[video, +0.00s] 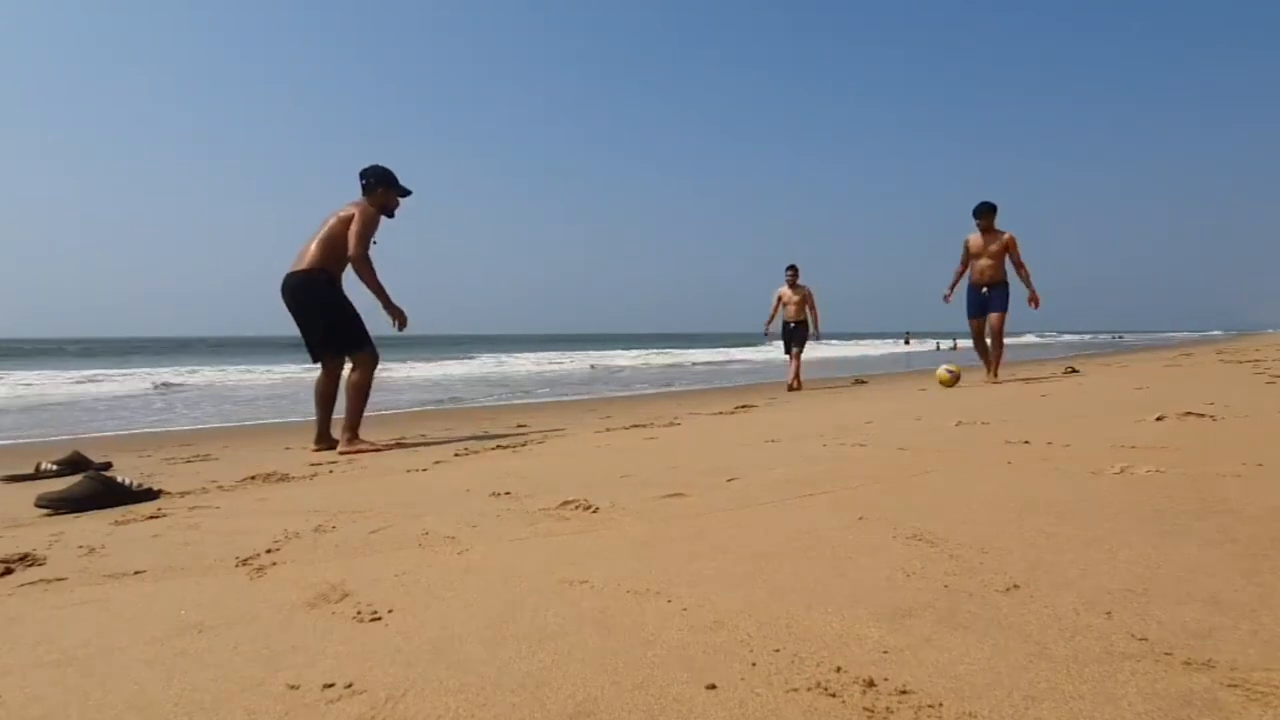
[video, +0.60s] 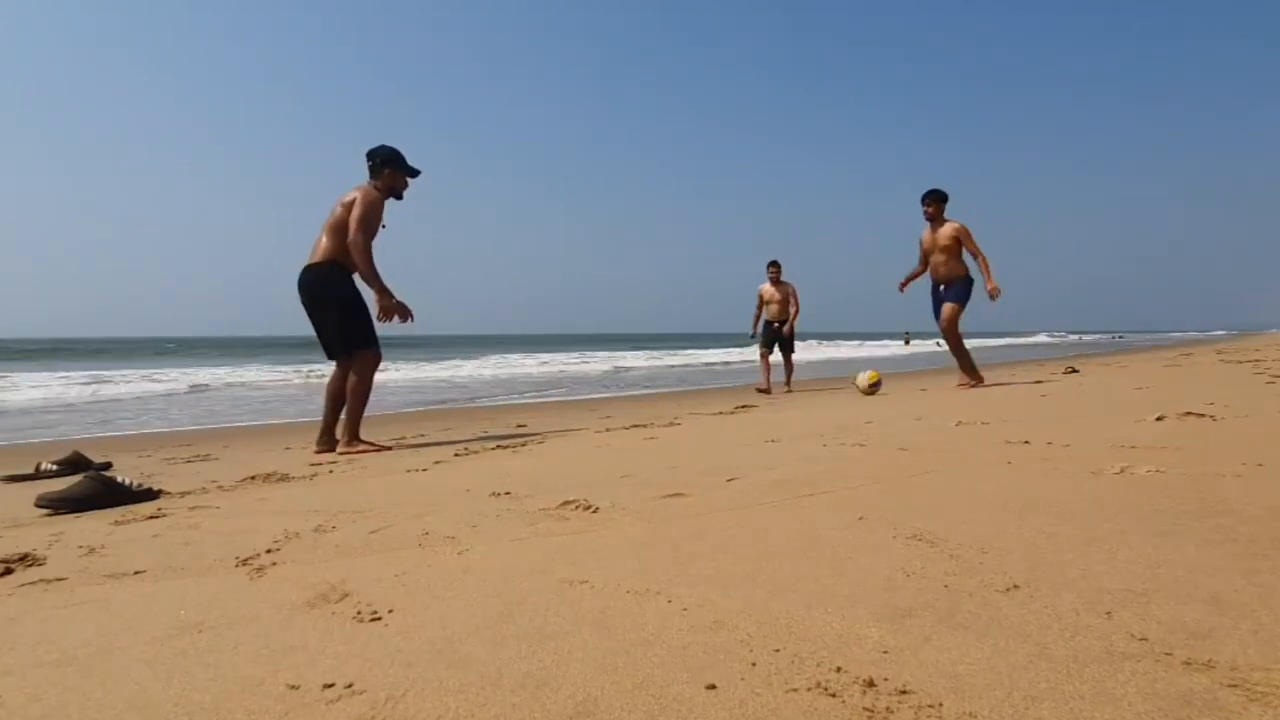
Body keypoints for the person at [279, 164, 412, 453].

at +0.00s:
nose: (397, 203)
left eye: (398, 197)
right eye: (394, 195)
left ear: (372, 192)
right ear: (378, 191)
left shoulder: (348, 212)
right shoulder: (366, 211)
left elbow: (328, 264)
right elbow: (357, 256)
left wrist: (336, 303)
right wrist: (389, 305)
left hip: (294, 283)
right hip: (317, 283)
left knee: (332, 361)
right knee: (365, 358)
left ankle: (323, 436)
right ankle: (350, 437)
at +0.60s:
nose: (407, 183)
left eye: (407, 177)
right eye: (404, 176)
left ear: (382, 174)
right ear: (386, 174)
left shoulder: (358, 198)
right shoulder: (369, 196)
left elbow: (357, 257)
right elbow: (356, 243)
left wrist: (388, 298)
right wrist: (381, 291)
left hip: (316, 278)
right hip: (331, 277)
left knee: (347, 360)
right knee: (368, 356)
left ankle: (326, 437)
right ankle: (350, 438)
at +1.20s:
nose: (412, 175)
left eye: (412, 169)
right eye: (408, 168)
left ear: (387, 167)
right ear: (392, 165)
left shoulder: (367, 193)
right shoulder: (380, 192)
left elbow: (368, 256)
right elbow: (375, 242)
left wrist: (393, 295)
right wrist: (405, 290)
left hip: (344, 276)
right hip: (350, 275)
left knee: (375, 357)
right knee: (378, 357)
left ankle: (358, 431)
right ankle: (351, 435)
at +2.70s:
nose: (437, 193)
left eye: (437, 188)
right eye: (433, 188)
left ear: (415, 189)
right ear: (417, 188)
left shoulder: (402, 214)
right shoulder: (409, 215)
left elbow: (399, 263)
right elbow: (405, 262)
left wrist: (421, 300)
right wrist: (426, 300)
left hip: (389, 287)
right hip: (393, 289)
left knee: (405, 358)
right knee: (403, 359)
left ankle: (382, 422)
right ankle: (365, 421)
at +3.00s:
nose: (455, 225)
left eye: (455, 220)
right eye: (451, 220)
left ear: (432, 221)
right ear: (436, 220)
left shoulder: (418, 243)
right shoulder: (433, 242)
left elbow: (422, 298)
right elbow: (429, 285)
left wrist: (449, 326)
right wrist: (448, 325)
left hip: (390, 311)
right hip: (403, 313)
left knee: (426, 372)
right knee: (439, 375)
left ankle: (397, 425)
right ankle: (384, 414)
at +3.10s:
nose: (465, 228)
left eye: (465, 223)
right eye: (461, 222)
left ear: (441, 222)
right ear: (445, 221)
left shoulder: (424, 244)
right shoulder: (439, 245)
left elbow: (427, 297)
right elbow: (432, 286)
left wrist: (451, 330)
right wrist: (448, 329)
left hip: (392, 311)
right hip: (407, 312)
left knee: (427, 368)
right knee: (457, 367)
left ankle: (398, 424)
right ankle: (413, 415)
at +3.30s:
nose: (487, 204)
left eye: (486, 199)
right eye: (482, 198)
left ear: (462, 198)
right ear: (465, 197)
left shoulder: (444, 220)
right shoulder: (454, 222)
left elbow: (442, 273)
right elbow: (444, 270)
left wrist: (461, 314)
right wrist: (458, 312)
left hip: (413, 295)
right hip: (428, 296)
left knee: (428, 359)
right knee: (469, 359)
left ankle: (406, 418)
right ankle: (448, 426)